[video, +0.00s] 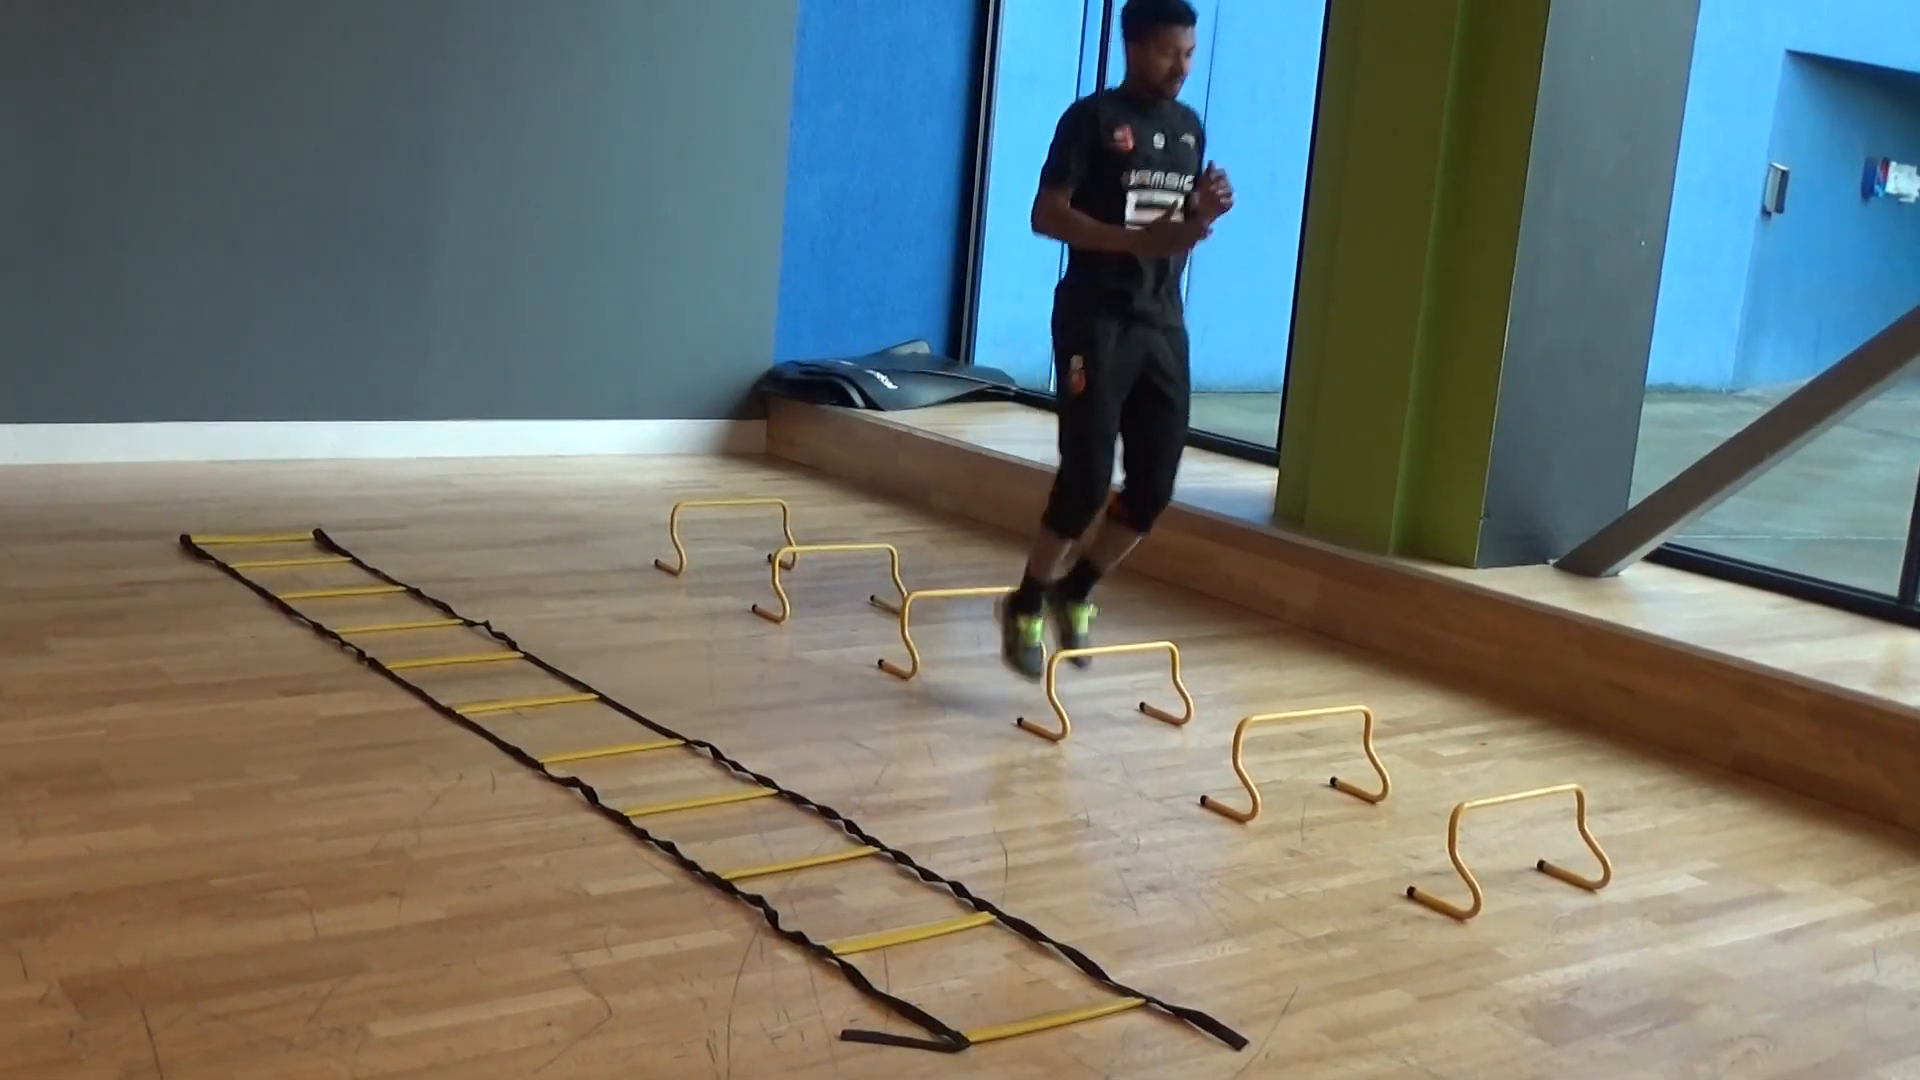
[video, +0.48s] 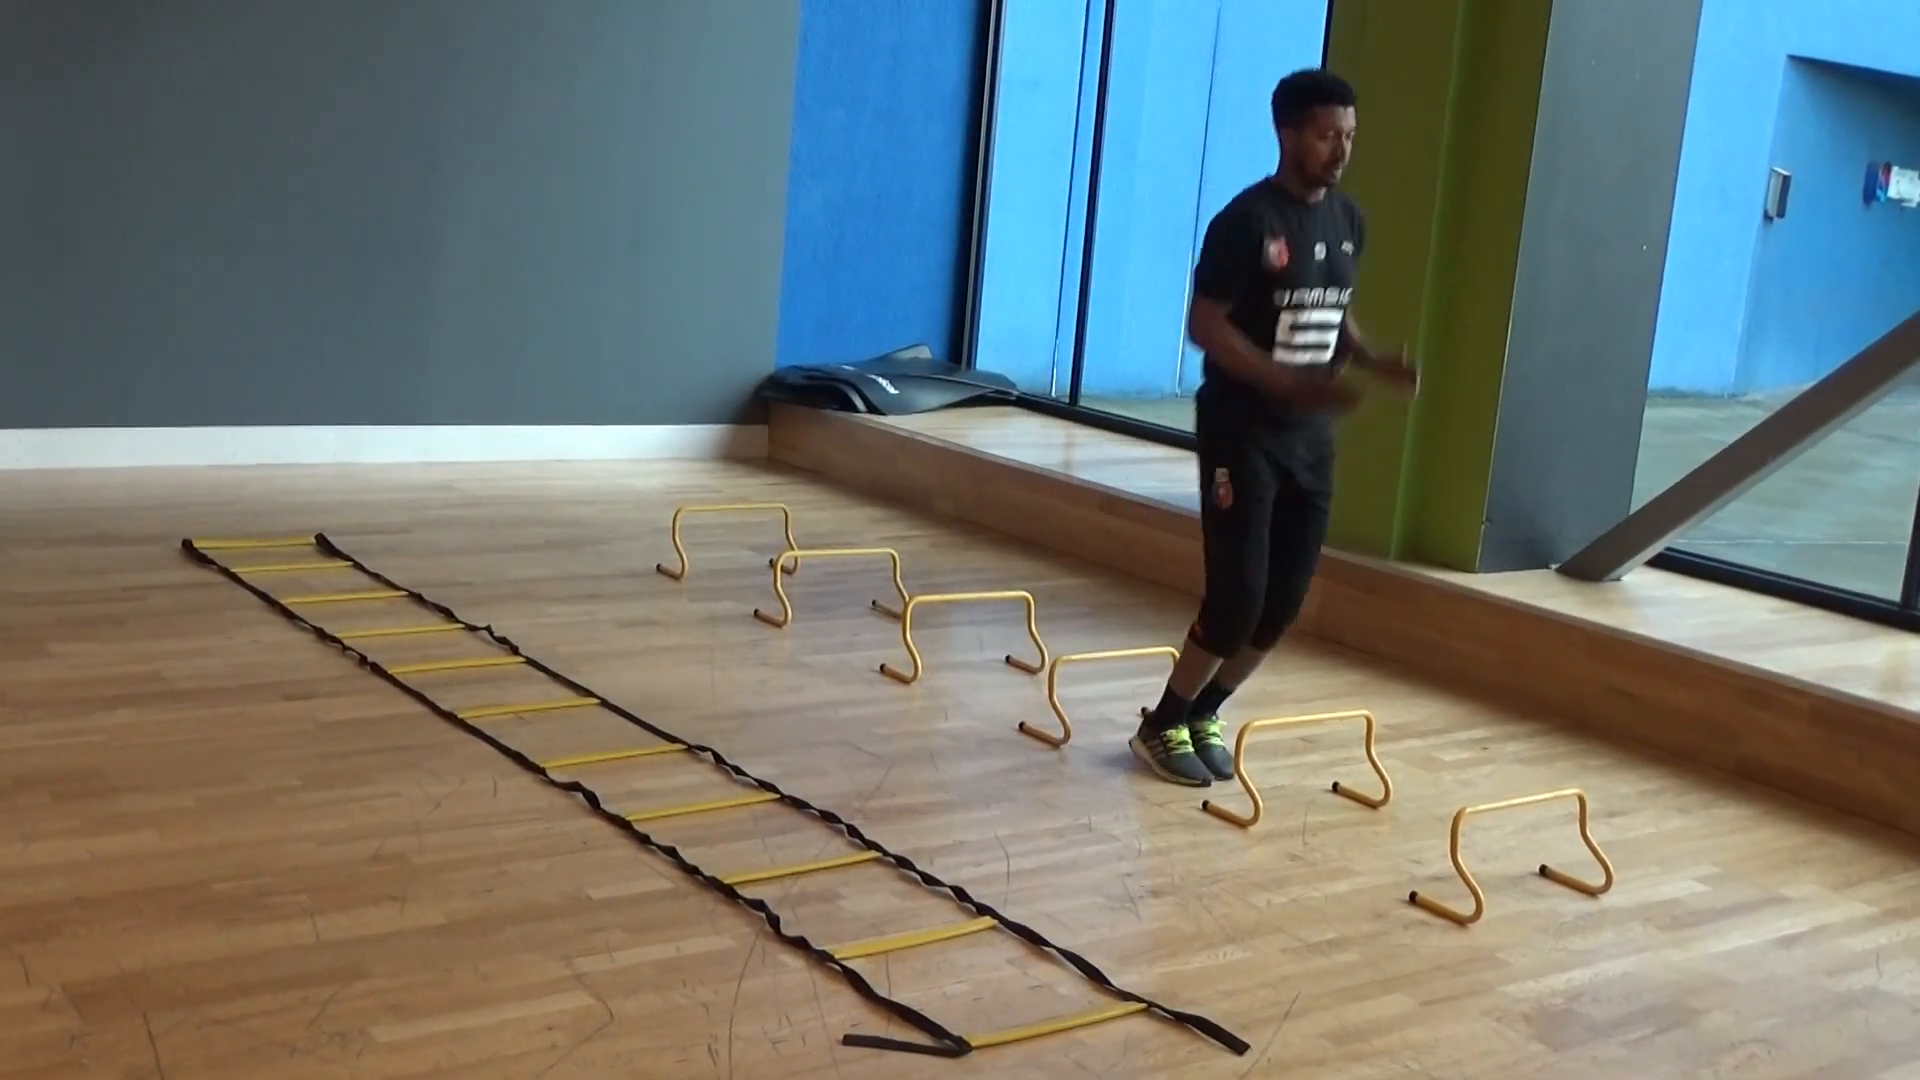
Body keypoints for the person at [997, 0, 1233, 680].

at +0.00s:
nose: (1180, 66)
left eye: (1187, 54)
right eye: (1169, 53)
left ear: (1191, 54)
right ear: (1133, 48)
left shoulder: (1189, 127)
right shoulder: (1090, 118)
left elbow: (1173, 237)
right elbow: (1047, 214)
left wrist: (1202, 211)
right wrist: (1140, 238)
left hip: (1163, 325)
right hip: (1095, 321)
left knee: (1150, 490)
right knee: (1087, 483)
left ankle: (1074, 593)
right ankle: (1025, 602)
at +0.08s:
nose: (1227, 47)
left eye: (1235, 34)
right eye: (1215, 31)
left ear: (1240, 33)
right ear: (1177, 24)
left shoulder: (1225, 106)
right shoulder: (1125, 94)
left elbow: (1190, 191)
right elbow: (1057, 188)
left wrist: (1226, 243)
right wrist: (1099, 281)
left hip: (1185, 302)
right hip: (1118, 299)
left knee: (1207, 451)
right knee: (1134, 456)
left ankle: (1112, 522)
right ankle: (1058, 524)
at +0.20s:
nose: (1282, 60)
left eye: (1291, 47)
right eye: (1273, 43)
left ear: (1293, 44)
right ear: (1234, 29)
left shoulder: (1274, 107)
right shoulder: (1168, 93)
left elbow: (1223, 185)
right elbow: (1072, 134)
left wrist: (1222, 266)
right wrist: (1072, 243)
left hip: (1218, 297)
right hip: (1145, 293)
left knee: (1244, 453)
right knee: (1170, 455)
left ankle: (1173, 586)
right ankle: (1131, 593)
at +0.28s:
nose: (1305, 84)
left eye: (1314, 71)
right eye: (1296, 68)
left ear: (1318, 69)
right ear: (1258, 53)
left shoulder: (1298, 130)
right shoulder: (1194, 116)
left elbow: (1249, 204)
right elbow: (1094, 137)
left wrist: (1246, 293)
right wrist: (1093, 247)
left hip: (1246, 334)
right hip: (1174, 330)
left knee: (1243, 506)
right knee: (1183, 503)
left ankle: (1210, 665)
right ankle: (1164, 668)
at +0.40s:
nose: (1327, 153)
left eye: (1334, 139)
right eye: (1313, 138)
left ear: (1337, 142)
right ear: (1273, 135)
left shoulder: (1321, 221)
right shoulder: (1220, 214)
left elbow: (1278, 321)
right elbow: (1138, 298)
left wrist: (1305, 388)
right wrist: (1163, 400)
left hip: (1282, 428)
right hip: (1214, 421)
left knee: (1274, 598)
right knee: (1226, 589)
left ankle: (1203, 715)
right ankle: (1162, 722)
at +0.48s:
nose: (1342, 148)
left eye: (1349, 135)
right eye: (1328, 134)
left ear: (1354, 137)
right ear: (1286, 134)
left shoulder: (1348, 222)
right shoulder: (1244, 221)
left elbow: (1329, 316)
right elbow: (1206, 326)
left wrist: (1370, 359)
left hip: (1310, 436)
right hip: (1241, 434)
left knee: (1282, 605)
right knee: (1237, 601)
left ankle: (1204, 715)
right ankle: (1165, 722)